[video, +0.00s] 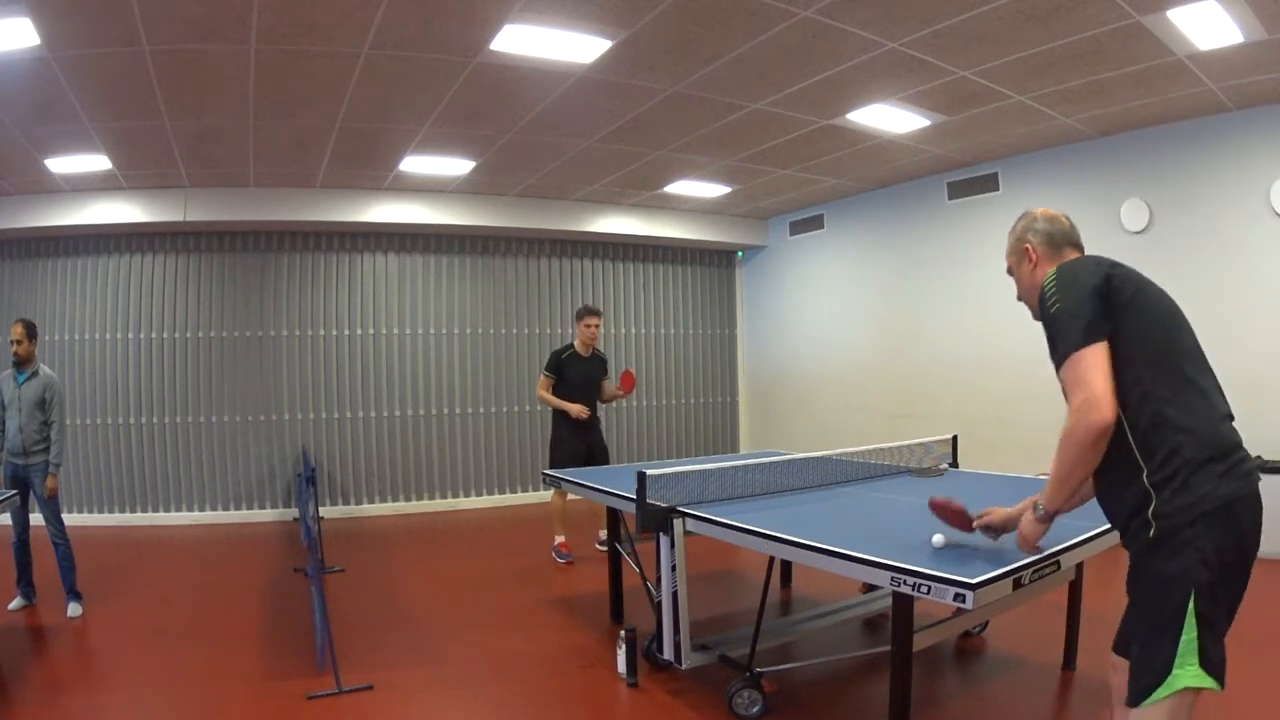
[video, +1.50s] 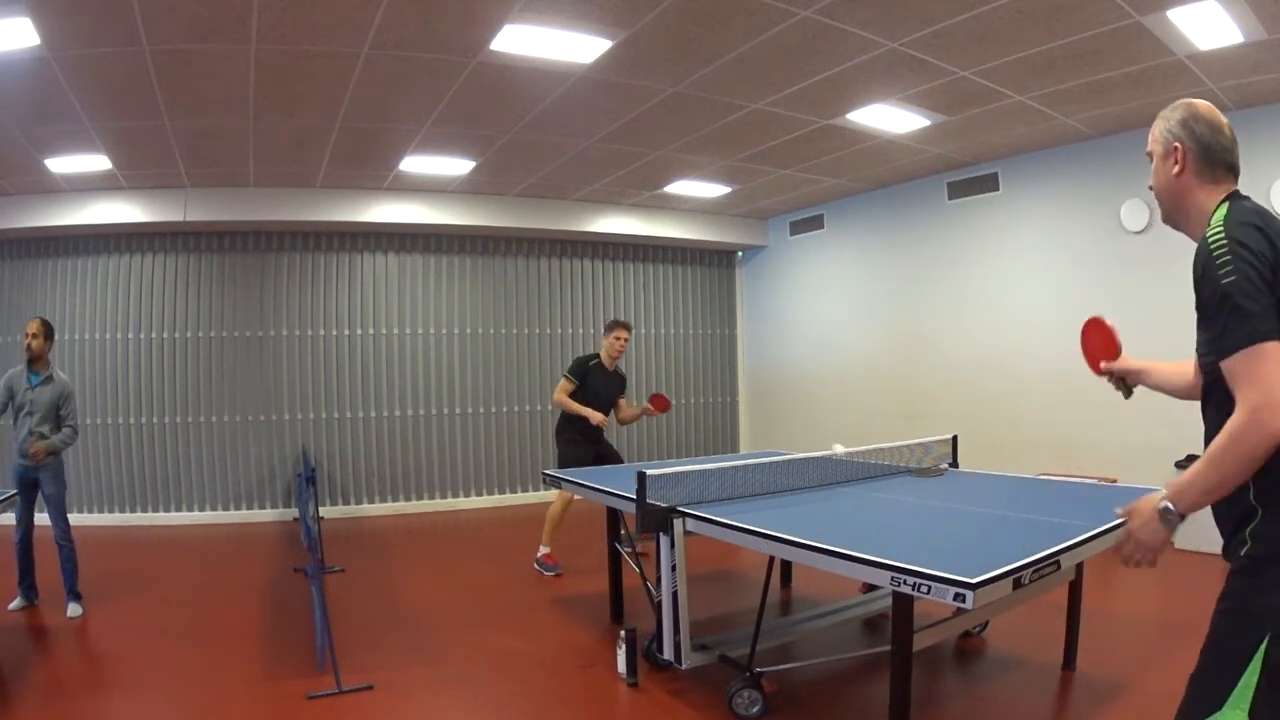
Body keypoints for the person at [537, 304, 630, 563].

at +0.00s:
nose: (593, 331)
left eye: (597, 327)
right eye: (588, 326)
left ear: (601, 330)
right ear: (577, 327)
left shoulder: (600, 360)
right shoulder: (560, 357)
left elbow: (602, 395)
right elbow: (541, 392)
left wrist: (619, 391)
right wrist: (569, 407)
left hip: (592, 431)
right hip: (565, 433)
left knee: (603, 483)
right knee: (561, 488)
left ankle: (605, 536)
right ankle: (559, 541)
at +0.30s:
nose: (603, 332)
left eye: (607, 328)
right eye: (599, 327)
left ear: (610, 332)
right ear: (586, 329)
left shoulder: (609, 363)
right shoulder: (570, 357)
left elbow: (612, 401)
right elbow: (547, 391)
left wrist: (626, 392)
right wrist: (567, 415)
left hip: (598, 430)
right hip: (573, 431)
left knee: (610, 484)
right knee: (570, 490)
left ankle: (616, 538)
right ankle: (560, 540)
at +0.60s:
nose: (613, 336)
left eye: (617, 332)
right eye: (608, 331)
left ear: (620, 335)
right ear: (596, 332)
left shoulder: (619, 367)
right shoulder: (577, 360)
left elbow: (622, 406)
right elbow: (551, 387)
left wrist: (631, 397)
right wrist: (567, 407)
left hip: (605, 435)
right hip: (578, 434)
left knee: (617, 486)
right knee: (564, 489)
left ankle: (618, 537)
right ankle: (548, 546)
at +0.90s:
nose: (609, 339)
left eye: (614, 335)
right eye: (605, 334)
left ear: (617, 339)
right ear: (593, 335)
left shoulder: (614, 371)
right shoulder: (573, 362)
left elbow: (616, 410)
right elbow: (549, 393)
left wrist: (627, 402)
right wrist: (570, 413)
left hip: (598, 436)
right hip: (573, 436)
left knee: (616, 486)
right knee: (561, 492)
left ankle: (617, 538)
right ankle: (545, 552)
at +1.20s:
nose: (612, 340)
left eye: (616, 336)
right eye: (608, 335)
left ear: (619, 339)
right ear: (595, 336)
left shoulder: (617, 371)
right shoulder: (575, 364)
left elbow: (622, 412)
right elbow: (551, 394)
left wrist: (629, 405)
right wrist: (574, 415)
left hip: (602, 438)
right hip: (575, 439)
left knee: (618, 487)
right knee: (564, 493)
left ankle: (618, 536)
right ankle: (546, 551)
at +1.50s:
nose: (621, 345)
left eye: (625, 341)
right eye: (617, 339)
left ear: (627, 345)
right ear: (604, 339)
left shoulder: (619, 378)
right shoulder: (583, 365)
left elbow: (622, 416)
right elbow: (558, 397)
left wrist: (642, 410)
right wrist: (589, 412)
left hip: (596, 437)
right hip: (572, 435)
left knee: (624, 479)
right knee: (568, 491)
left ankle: (620, 537)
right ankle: (544, 552)